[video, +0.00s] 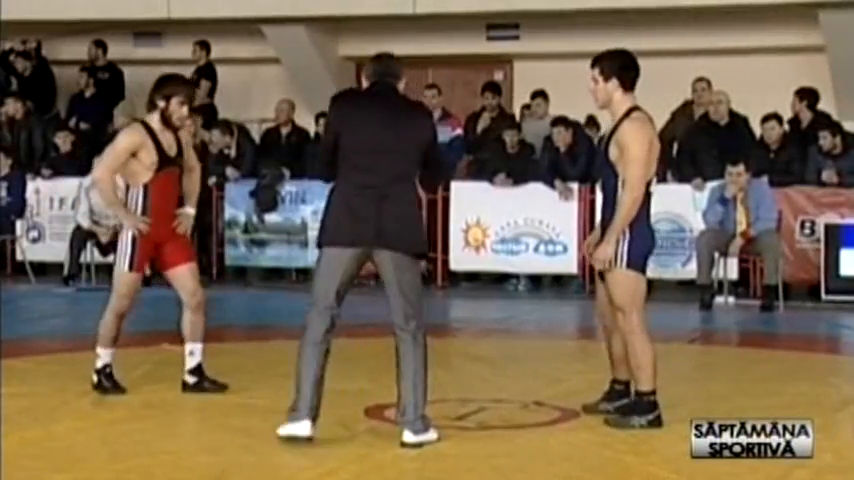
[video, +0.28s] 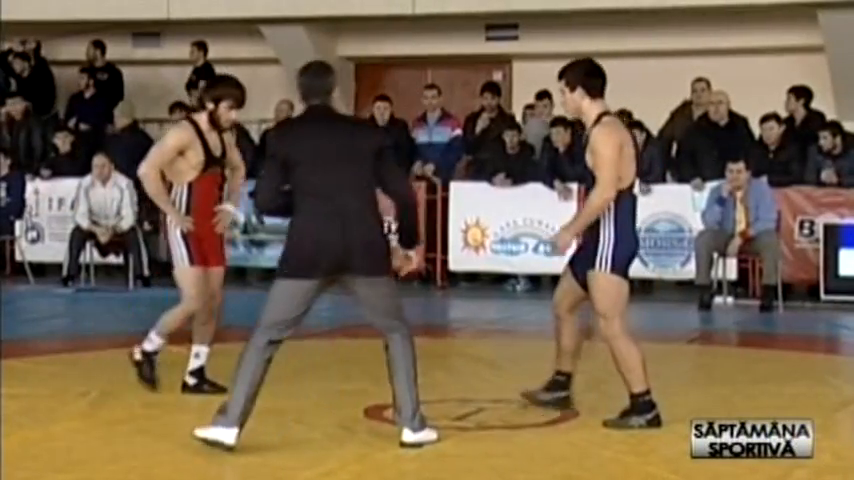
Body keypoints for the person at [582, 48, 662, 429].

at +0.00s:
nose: (591, 88)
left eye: (595, 81)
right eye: (592, 80)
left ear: (614, 83)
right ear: (618, 83)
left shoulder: (635, 127)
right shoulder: (620, 125)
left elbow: (635, 190)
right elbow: (616, 189)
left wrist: (612, 239)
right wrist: (600, 233)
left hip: (630, 231)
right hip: (614, 228)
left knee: (630, 318)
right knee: (610, 315)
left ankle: (646, 399)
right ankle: (622, 385)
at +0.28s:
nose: (562, 101)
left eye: (564, 93)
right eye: (561, 94)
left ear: (580, 92)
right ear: (590, 92)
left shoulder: (604, 132)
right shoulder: (609, 128)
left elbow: (606, 188)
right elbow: (618, 184)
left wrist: (571, 230)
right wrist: (582, 226)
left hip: (611, 228)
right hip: (602, 226)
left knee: (610, 322)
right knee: (564, 305)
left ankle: (643, 403)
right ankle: (560, 383)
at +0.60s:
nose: (487, 138)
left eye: (487, 130)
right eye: (484, 132)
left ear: (503, 124)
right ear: (509, 124)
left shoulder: (535, 153)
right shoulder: (535, 150)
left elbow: (531, 211)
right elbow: (531, 210)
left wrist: (486, 221)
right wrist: (490, 223)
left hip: (573, 252)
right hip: (554, 252)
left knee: (579, 336)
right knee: (512, 319)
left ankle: (636, 402)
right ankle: (484, 390)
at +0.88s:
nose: (427, 186)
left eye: (428, 178)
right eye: (425, 179)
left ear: (445, 171)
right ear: (450, 169)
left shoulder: (466, 192)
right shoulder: (475, 183)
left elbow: (468, 251)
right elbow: (492, 235)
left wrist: (424, 238)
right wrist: (452, 225)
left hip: (558, 254)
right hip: (539, 258)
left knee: (582, 331)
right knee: (484, 309)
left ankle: (646, 395)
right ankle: (480, 390)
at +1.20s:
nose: (438, 172)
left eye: (442, 166)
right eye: (439, 166)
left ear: (457, 166)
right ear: (467, 166)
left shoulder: (472, 195)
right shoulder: (478, 191)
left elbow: (423, 230)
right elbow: (442, 240)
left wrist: (409, 187)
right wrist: (424, 195)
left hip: (538, 271)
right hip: (518, 270)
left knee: (563, 356)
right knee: (457, 314)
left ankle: (639, 402)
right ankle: (475, 391)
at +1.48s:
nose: (541, 97)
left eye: (548, 93)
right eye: (542, 91)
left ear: (565, 103)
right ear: (547, 99)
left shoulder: (569, 134)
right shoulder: (541, 128)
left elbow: (506, 151)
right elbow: (507, 150)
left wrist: (511, 109)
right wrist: (512, 100)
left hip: (574, 242)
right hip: (538, 241)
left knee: (595, 328)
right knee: (492, 311)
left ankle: (641, 397)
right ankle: (481, 382)